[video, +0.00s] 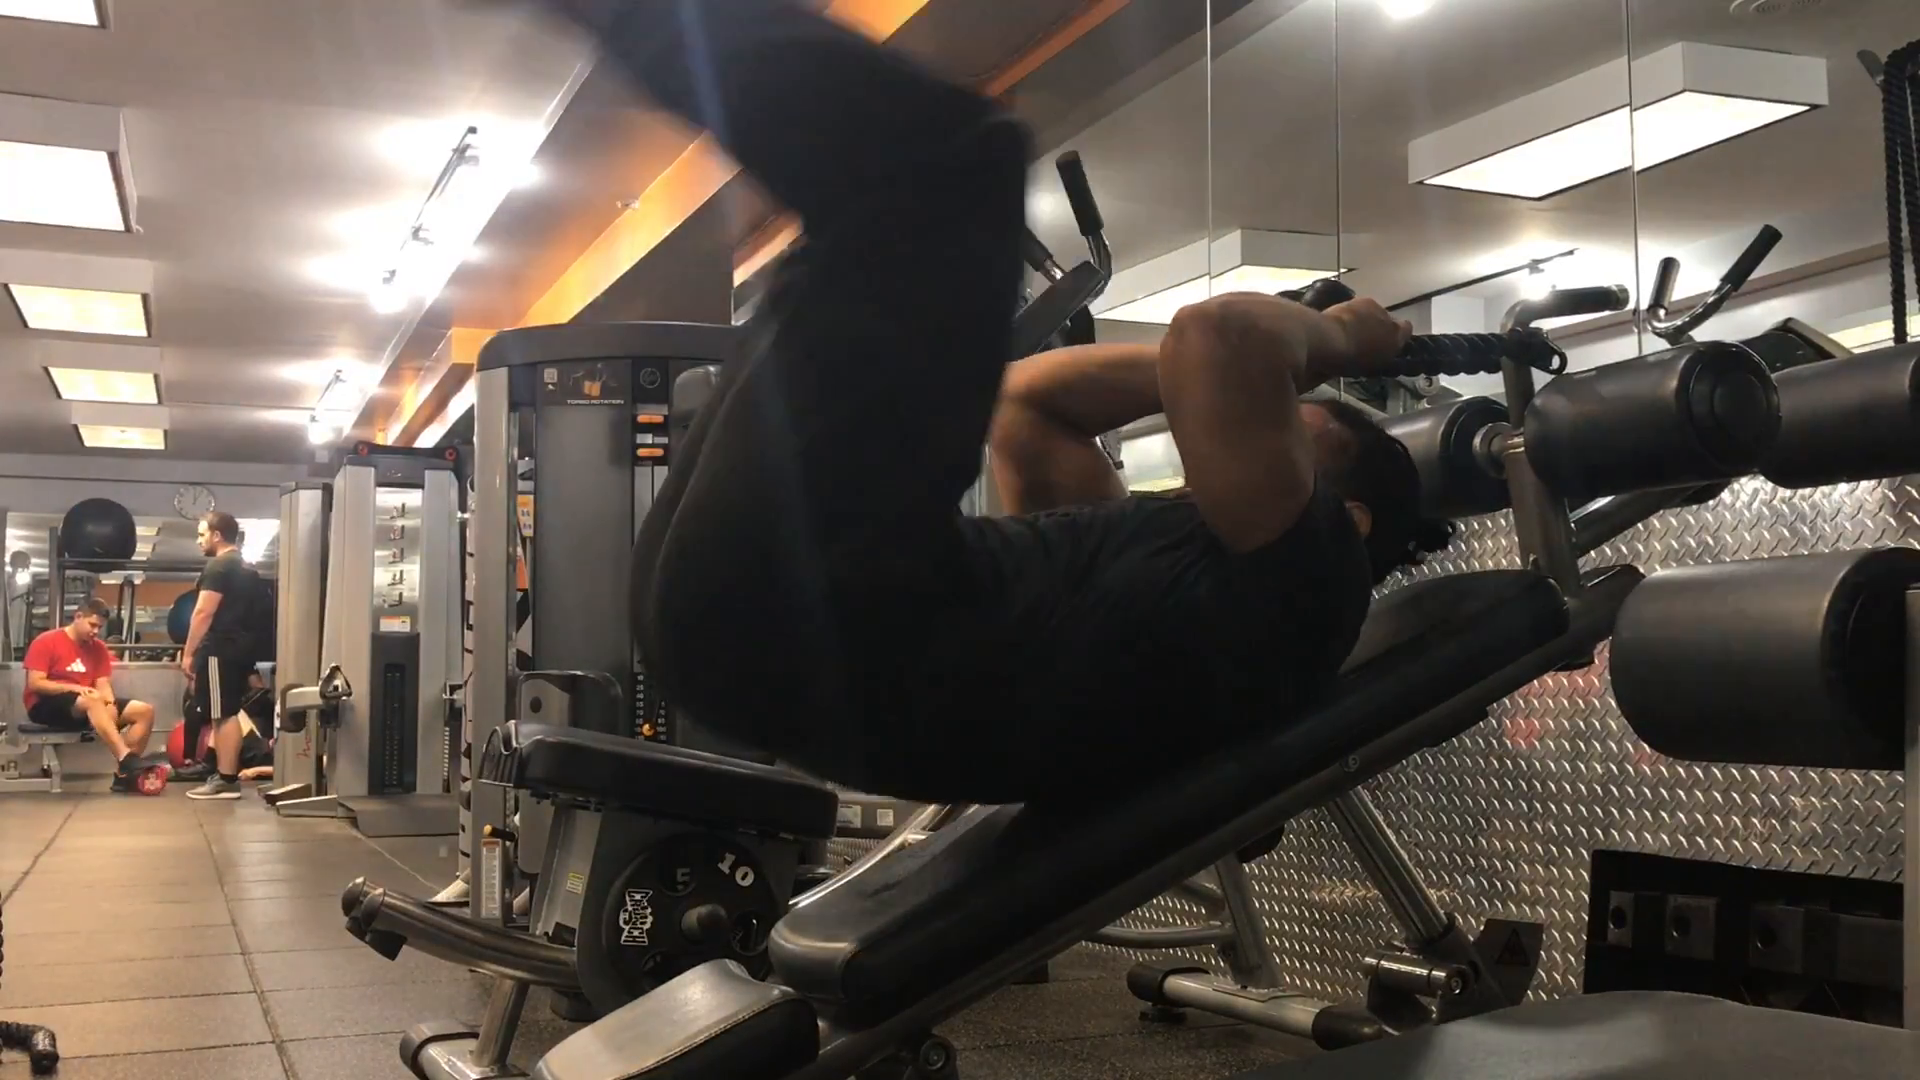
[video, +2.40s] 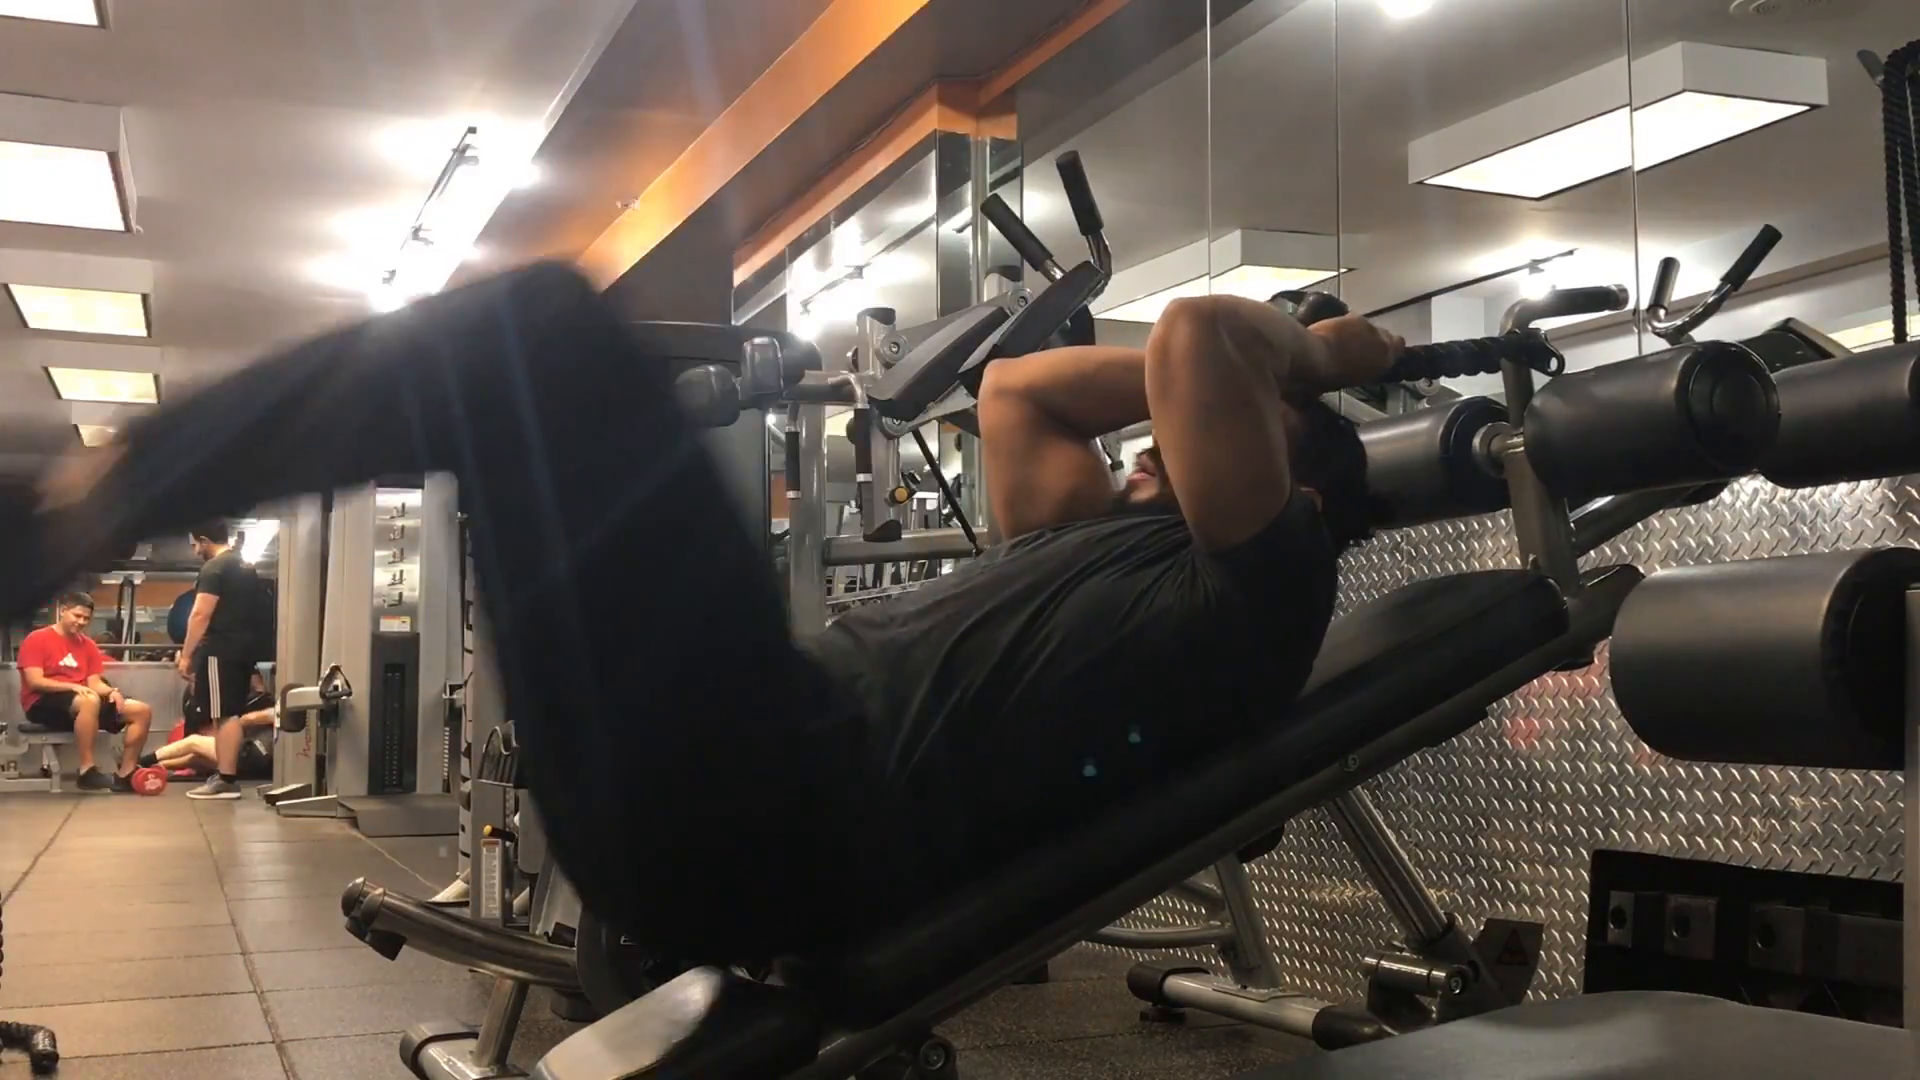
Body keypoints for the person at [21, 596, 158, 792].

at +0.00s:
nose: (95, 632)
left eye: (99, 628)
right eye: (92, 625)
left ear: (102, 627)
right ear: (77, 616)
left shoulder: (98, 648)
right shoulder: (46, 641)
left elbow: (103, 684)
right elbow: (35, 683)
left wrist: (110, 704)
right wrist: (76, 689)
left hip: (84, 706)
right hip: (46, 705)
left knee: (144, 712)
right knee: (94, 701)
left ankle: (123, 776)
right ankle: (125, 757)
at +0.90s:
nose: (92, 632)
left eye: (96, 628)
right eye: (88, 627)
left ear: (100, 626)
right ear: (74, 617)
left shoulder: (98, 646)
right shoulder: (45, 644)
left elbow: (101, 684)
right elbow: (38, 687)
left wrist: (108, 706)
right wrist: (77, 696)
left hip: (85, 703)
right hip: (47, 706)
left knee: (143, 711)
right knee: (90, 712)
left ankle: (129, 773)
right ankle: (107, 777)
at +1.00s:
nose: (91, 632)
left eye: (95, 627)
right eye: (87, 626)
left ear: (99, 625)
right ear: (73, 618)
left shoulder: (97, 647)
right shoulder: (45, 643)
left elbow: (101, 683)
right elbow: (38, 687)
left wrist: (106, 708)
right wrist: (77, 695)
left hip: (82, 704)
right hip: (44, 704)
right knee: (88, 712)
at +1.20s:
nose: (90, 631)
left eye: (95, 626)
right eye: (86, 625)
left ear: (98, 625)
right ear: (71, 618)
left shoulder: (97, 647)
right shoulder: (44, 644)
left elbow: (101, 684)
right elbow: (38, 686)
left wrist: (108, 706)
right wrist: (78, 695)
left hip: (85, 702)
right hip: (47, 705)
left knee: (143, 712)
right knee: (90, 714)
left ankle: (129, 773)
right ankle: (108, 777)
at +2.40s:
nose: (80, 622)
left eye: (86, 618)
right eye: (77, 616)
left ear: (90, 620)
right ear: (62, 611)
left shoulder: (88, 645)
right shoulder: (37, 639)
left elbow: (95, 683)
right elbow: (35, 681)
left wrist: (112, 691)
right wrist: (77, 688)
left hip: (80, 701)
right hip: (43, 702)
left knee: (142, 712)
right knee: (90, 701)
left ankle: (126, 774)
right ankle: (87, 771)